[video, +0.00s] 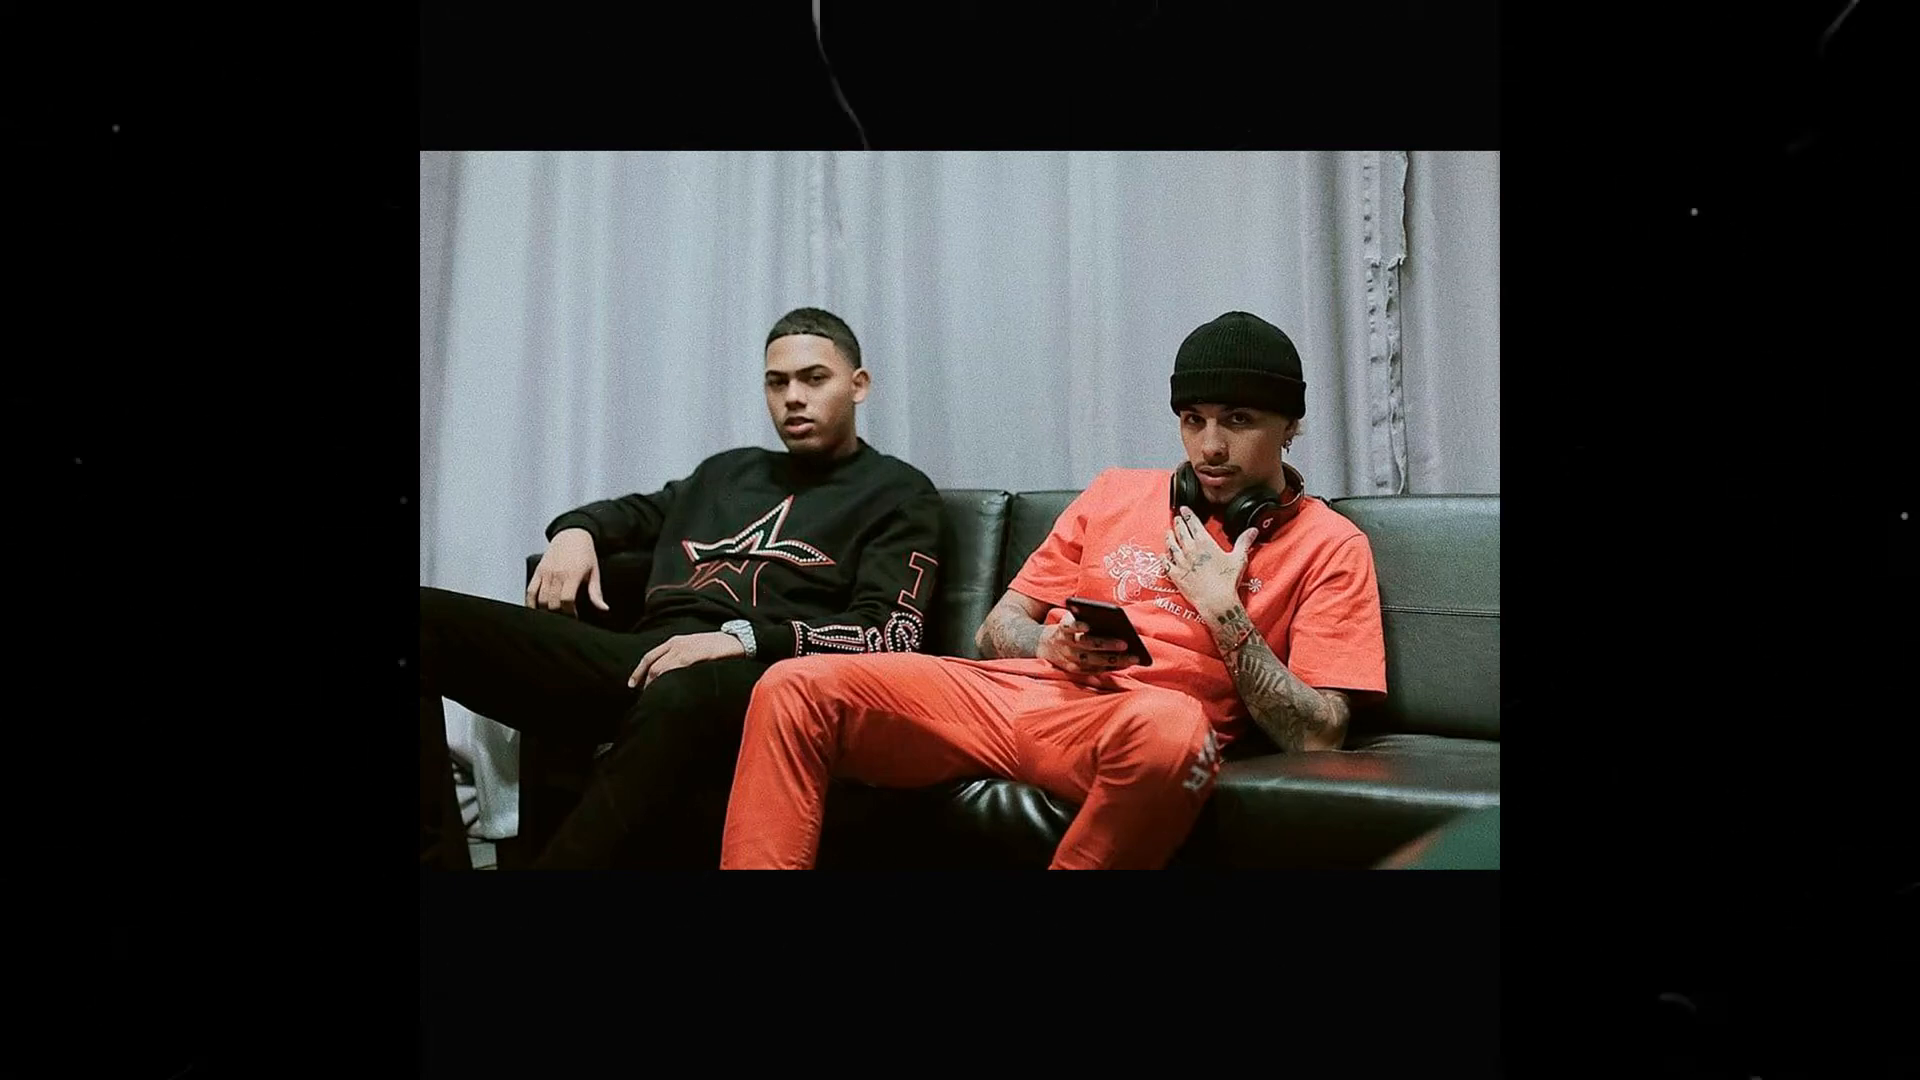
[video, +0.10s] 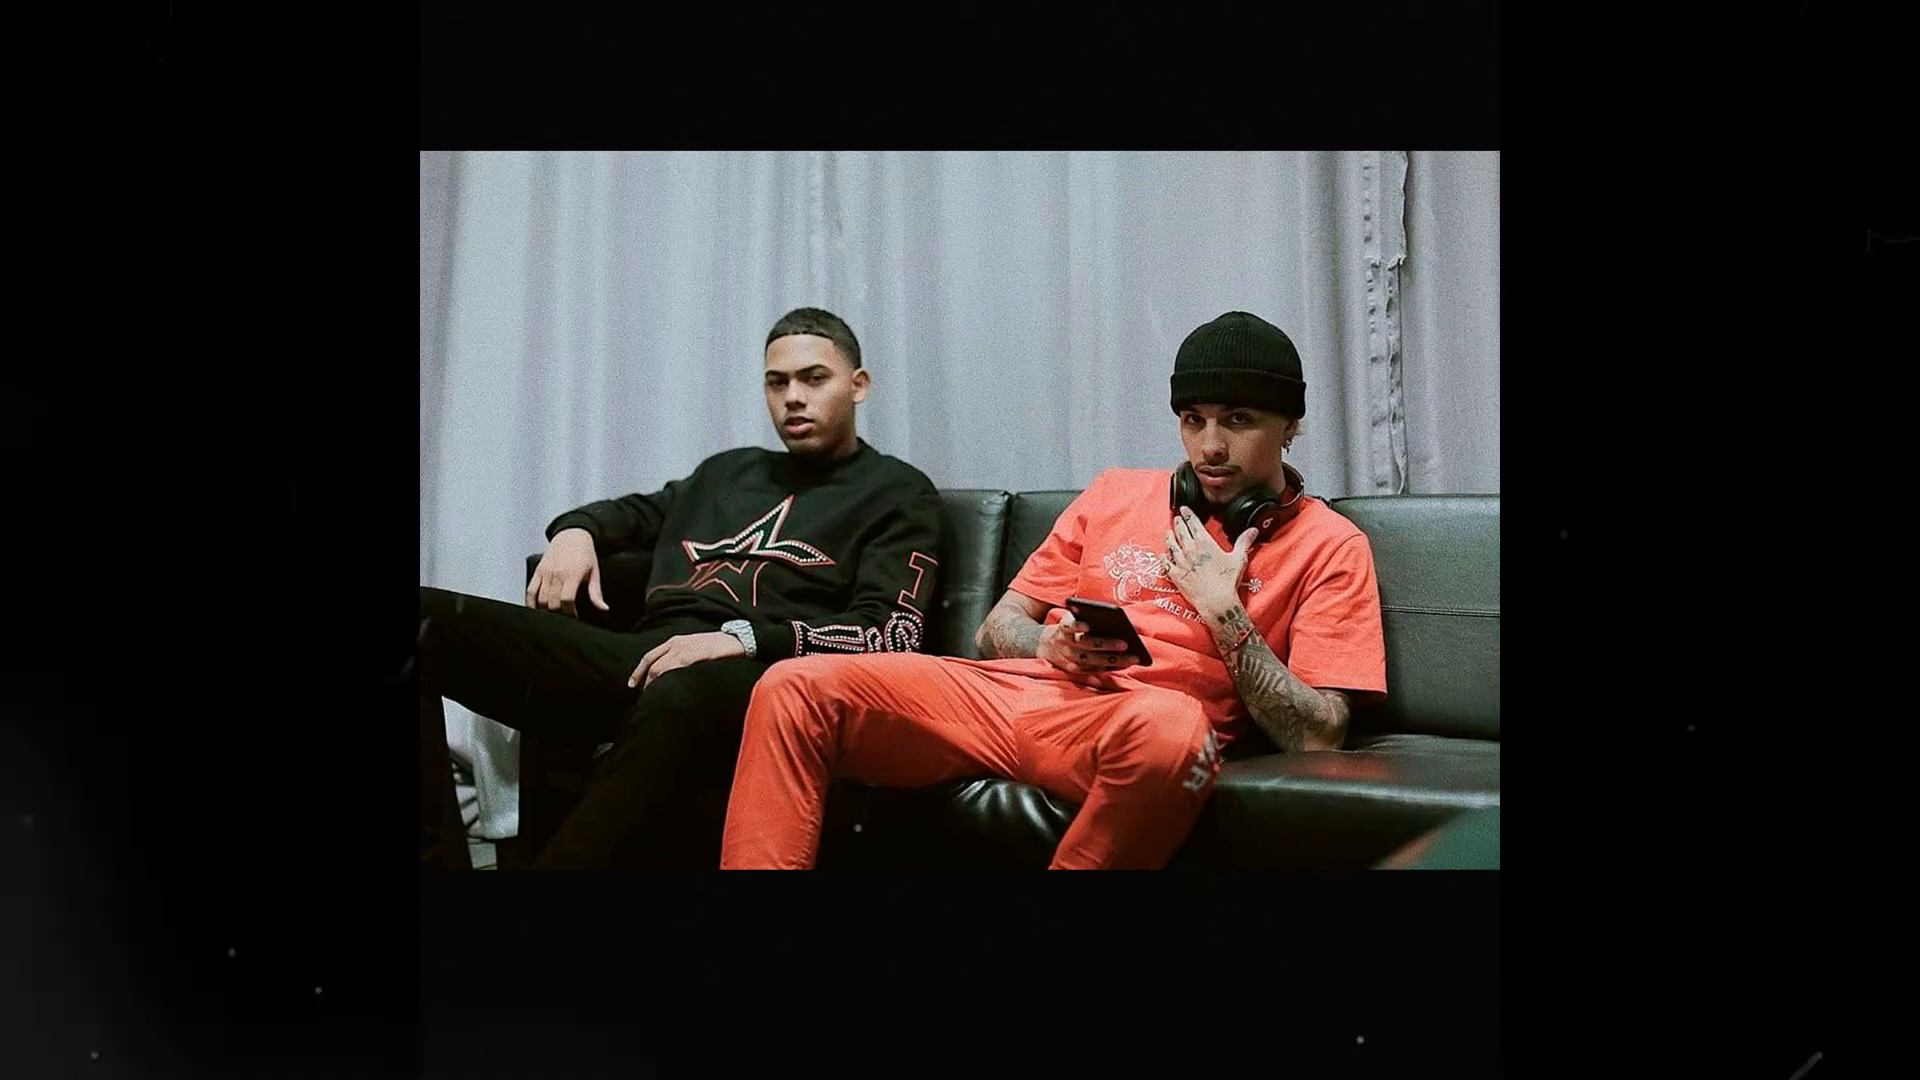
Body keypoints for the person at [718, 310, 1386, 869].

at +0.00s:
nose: (1210, 445)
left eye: (1237, 421)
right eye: (1195, 419)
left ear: (1288, 428)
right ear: (1179, 422)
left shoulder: (1328, 546)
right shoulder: (1117, 493)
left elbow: (1317, 735)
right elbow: (1000, 625)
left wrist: (1227, 615)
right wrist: (1052, 647)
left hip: (1132, 708)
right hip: (1014, 685)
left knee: (1170, 745)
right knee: (791, 694)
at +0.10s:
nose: (1210, 446)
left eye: (1237, 422)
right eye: (1195, 419)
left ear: (1289, 428)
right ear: (1178, 422)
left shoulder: (1328, 546)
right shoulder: (1117, 493)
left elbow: (1318, 736)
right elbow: (1000, 625)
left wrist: (1227, 615)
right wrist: (1051, 647)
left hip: (1132, 708)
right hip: (1013, 685)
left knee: (1170, 746)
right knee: (791, 694)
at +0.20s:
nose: (1210, 446)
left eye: (1238, 421)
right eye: (1195, 419)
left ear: (1289, 428)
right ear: (1178, 422)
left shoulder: (1328, 546)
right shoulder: (1117, 493)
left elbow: (1318, 736)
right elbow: (1000, 625)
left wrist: (1227, 615)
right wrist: (1051, 646)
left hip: (1132, 708)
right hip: (1013, 685)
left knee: (1170, 746)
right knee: (791, 694)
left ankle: (1042, 944)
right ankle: (761, 937)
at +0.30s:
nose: (1210, 445)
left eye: (1237, 421)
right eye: (1195, 419)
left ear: (1288, 428)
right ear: (1179, 421)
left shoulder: (1328, 546)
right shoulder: (1118, 493)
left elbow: (1317, 736)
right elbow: (1000, 625)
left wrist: (1226, 615)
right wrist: (1051, 646)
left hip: (1132, 708)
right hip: (1014, 685)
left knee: (1171, 745)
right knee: (792, 693)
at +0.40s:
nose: (1211, 445)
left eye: (1238, 421)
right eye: (1195, 419)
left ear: (1288, 429)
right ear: (1179, 422)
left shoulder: (1328, 546)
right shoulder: (1117, 493)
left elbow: (1318, 736)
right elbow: (999, 627)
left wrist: (1227, 615)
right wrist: (1052, 646)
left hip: (1132, 707)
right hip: (1014, 685)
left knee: (1170, 745)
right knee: (791, 694)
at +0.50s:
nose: (1210, 445)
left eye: (1238, 421)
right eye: (1195, 419)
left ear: (1288, 428)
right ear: (1179, 422)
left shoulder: (1328, 546)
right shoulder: (1117, 493)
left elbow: (1317, 735)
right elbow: (1000, 625)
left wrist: (1227, 615)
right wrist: (1051, 647)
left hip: (1132, 708)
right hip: (1015, 685)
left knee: (1170, 745)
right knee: (791, 694)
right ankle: (760, 926)